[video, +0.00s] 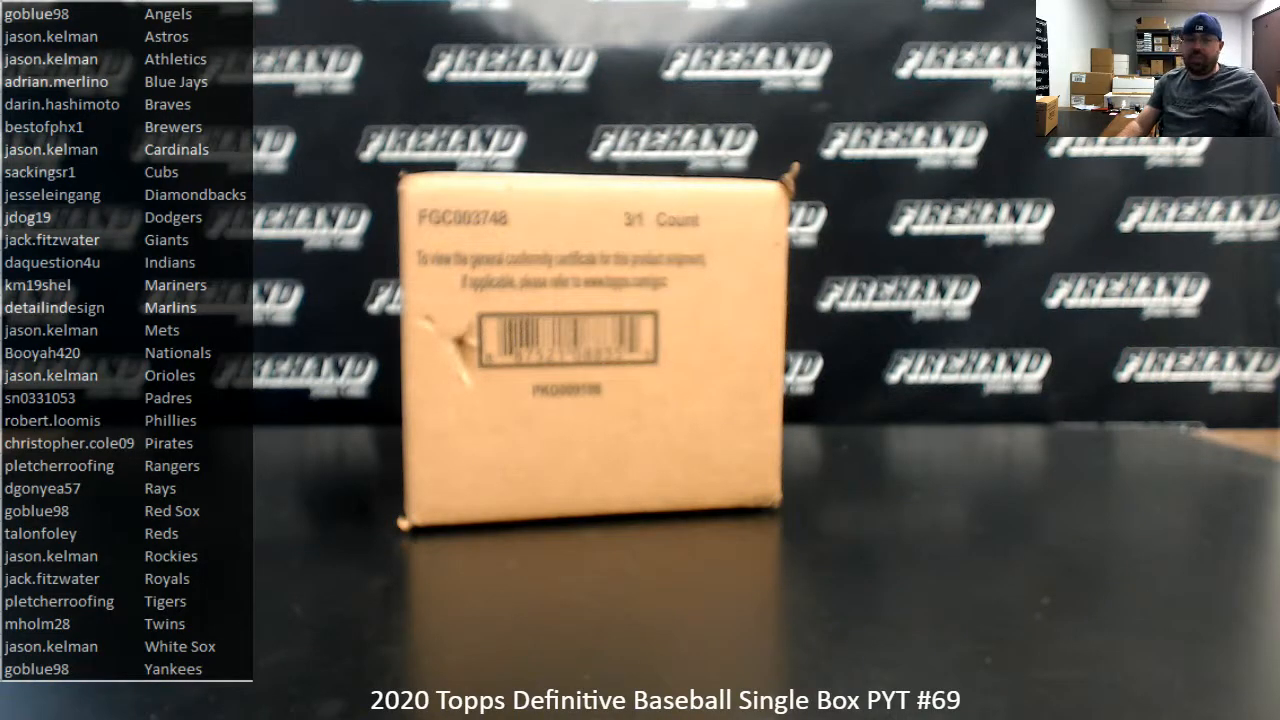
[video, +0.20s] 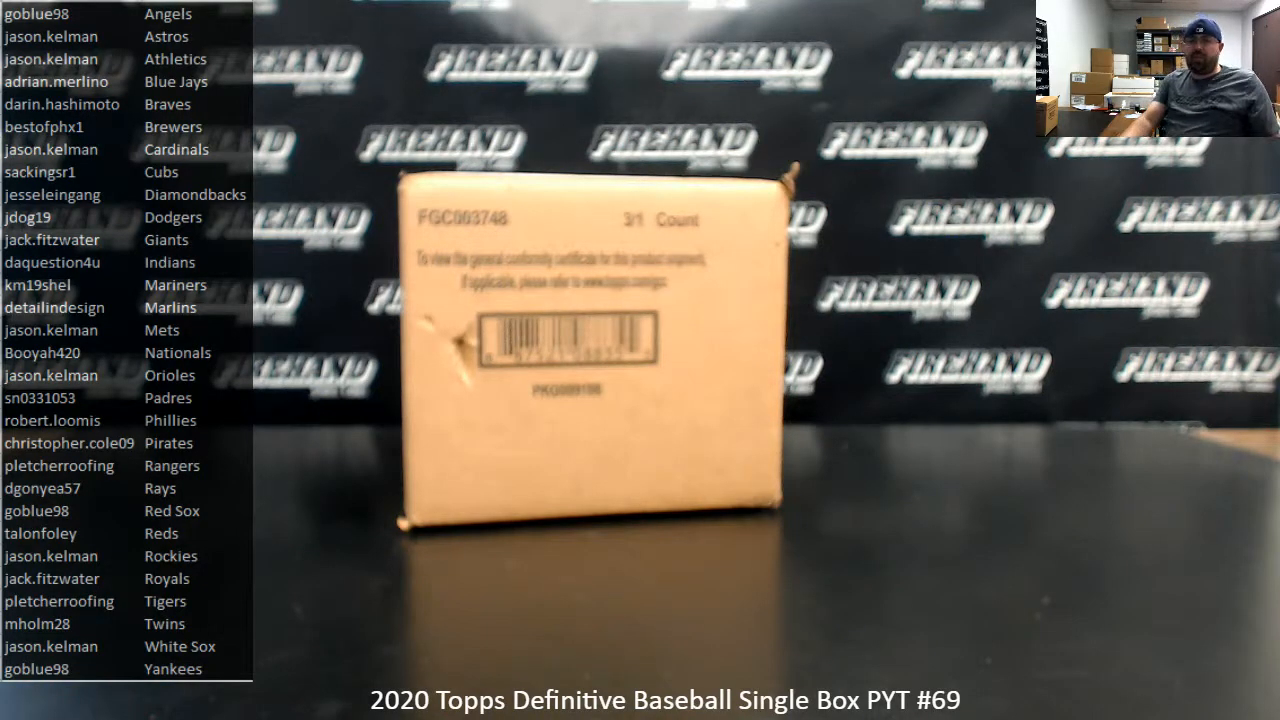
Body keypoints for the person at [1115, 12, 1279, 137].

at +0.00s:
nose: (1197, 47)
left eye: (1206, 40)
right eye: (1190, 40)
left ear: (1220, 46)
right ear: (1181, 45)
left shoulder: (1246, 83)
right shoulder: (1169, 82)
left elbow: (1271, 143)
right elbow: (1139, 125)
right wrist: (1110, 152)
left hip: (1226, 173)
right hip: (1171, 174)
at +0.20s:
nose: (1198, 48)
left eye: (1206, 41)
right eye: (1191, 41)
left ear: (1220, 47)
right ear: (1182, 47)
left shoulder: (1246, 82)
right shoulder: (1172, 81)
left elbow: (1271, 140)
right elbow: (1147, 121)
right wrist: (1118, 147)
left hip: (1228, 170)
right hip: (1173, 171)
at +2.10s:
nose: (1187, 57)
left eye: (1193, 52)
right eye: (1183, 53)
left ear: (1206, 54)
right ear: (1180, 58)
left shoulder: (1232, 79)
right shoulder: (1176, 86)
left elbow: (1256, 121)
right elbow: (1169, 123)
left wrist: (1236, 149)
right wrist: (1170, 150)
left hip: (1225, 154)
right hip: (1186, 155)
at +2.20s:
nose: (1189, 56)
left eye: (1195, 52)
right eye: (1185, 53)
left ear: (1207, 54)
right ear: (1182, 58)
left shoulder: (1232, 79)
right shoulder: (1177, 86)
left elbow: (1257, 121)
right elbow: (1169, 123)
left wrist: (1236, 148)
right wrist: (1170, 150)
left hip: (1225, 152)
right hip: (1186, 154)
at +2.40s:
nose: (1194, 56)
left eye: (1199, 50)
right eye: (1189, 52)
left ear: (1212, 54)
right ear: (1185, 58)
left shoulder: (1236, 80)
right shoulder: (1180, 86)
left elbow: (1259, 123)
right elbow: (1170, 122)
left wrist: (1237, 149)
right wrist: (1169, 150)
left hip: (1226, 153)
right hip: (1186, 154)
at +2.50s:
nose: (1196, 55)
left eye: (1201, 50)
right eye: (1191, 52)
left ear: (1214, 54)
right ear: (1187, 57)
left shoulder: (1238, 80)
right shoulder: (1181, 86)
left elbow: (1260, 123)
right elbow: (1171, 122)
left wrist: (1237, 150)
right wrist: (1168, 150)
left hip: (1226, 154)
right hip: (1186, 154)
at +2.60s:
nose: (1198, 55)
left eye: (1204, 50)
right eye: (1194, 51)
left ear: (1217, 53)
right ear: (1189, 57)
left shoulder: (1241, 80)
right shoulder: (1183, 85)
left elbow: (1262, 127)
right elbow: (1172, 122)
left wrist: (1235, 152)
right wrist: (1168, 150)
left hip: (1226, 156)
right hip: (1186, 156)